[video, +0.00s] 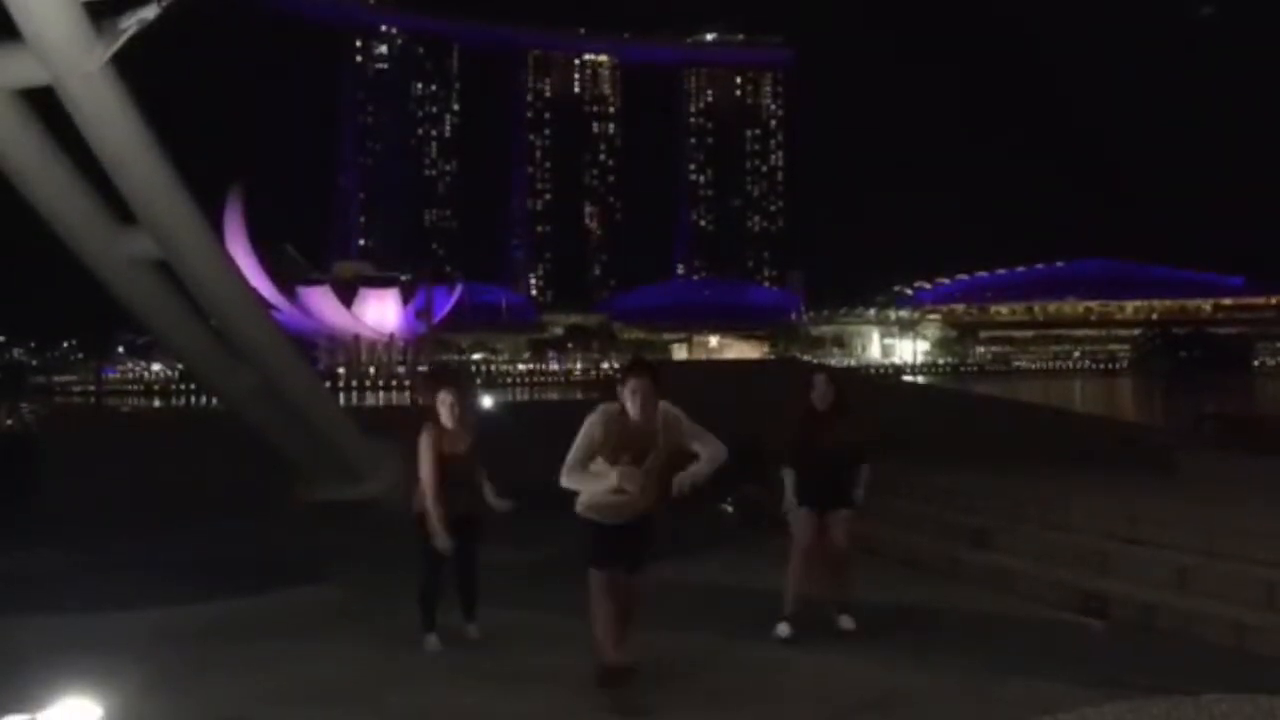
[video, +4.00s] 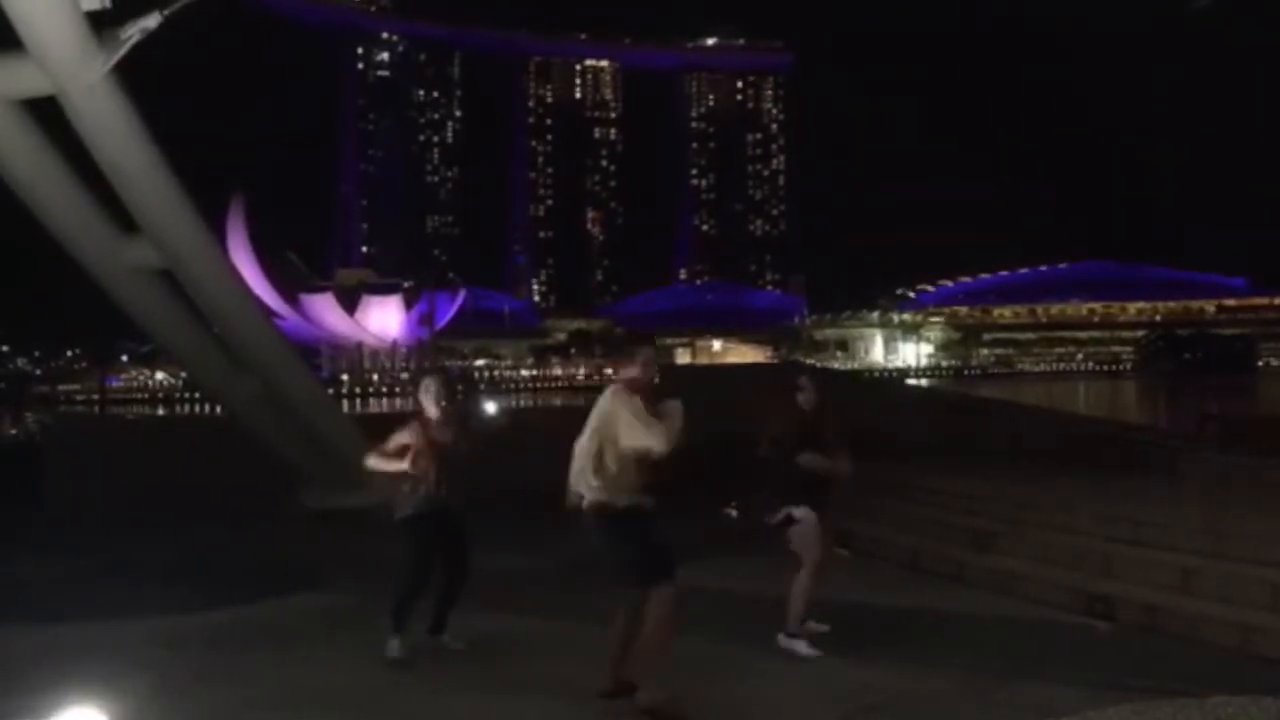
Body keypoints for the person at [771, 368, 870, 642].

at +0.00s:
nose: (820, 394)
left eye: (825, 388)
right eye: (816, 388)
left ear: (834, 391)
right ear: (810, 391)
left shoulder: (847, 422)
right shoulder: (800, 422)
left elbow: (862, 461)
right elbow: (789, 464)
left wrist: (859, 492)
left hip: (839, 495)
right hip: (806, 495)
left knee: (841, 552)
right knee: (800, 552)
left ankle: (843, 610)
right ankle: (788, 615)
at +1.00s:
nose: (809, 390)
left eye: (814, 384)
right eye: (805, 385)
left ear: (824, 389)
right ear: (799, 390)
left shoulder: (837, 424)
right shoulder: (790, 423)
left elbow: (859, 454)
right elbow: (756, 443)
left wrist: (874, 480)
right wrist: (785, 426)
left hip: (827, 496)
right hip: (790, 495)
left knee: (822, 555)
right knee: (783, 551)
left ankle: (822, 613)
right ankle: (776, 606)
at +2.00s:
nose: (799, 407)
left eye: (804, 402)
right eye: (796, 401)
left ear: (815, 405)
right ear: (792, 403)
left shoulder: (825, 434)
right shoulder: (782, 429)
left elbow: (816, 472)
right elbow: (761, 460)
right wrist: (741, 484)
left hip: (822, 494)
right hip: (789, 491)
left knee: (829, 553)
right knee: (794, 531)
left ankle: (822, 610)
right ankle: (783, 587)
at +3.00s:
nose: (758, 397)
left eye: (762, 391)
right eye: (754, 392)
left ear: (773, 394)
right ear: (747, 396)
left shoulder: (787, 420)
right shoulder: (743, 428)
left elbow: (811, 446)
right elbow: (742, 471)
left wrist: (830, 470)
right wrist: (782, 464)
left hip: (791, 499)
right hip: (756, 502)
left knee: (797, 557)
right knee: (757, 559)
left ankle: (803, 612)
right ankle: (760, 615)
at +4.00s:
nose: (808, 397)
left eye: (810, 391)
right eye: (803, 391)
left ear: (815, 393)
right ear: (793, 394)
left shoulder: (813, 421)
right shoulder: (792, 422)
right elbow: (799, 457)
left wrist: (822, 461)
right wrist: (833, 466)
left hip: (809, 497)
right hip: (793, 499)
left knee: (813, 558)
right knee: (808, 559)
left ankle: (799, 618)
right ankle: (791, 631)